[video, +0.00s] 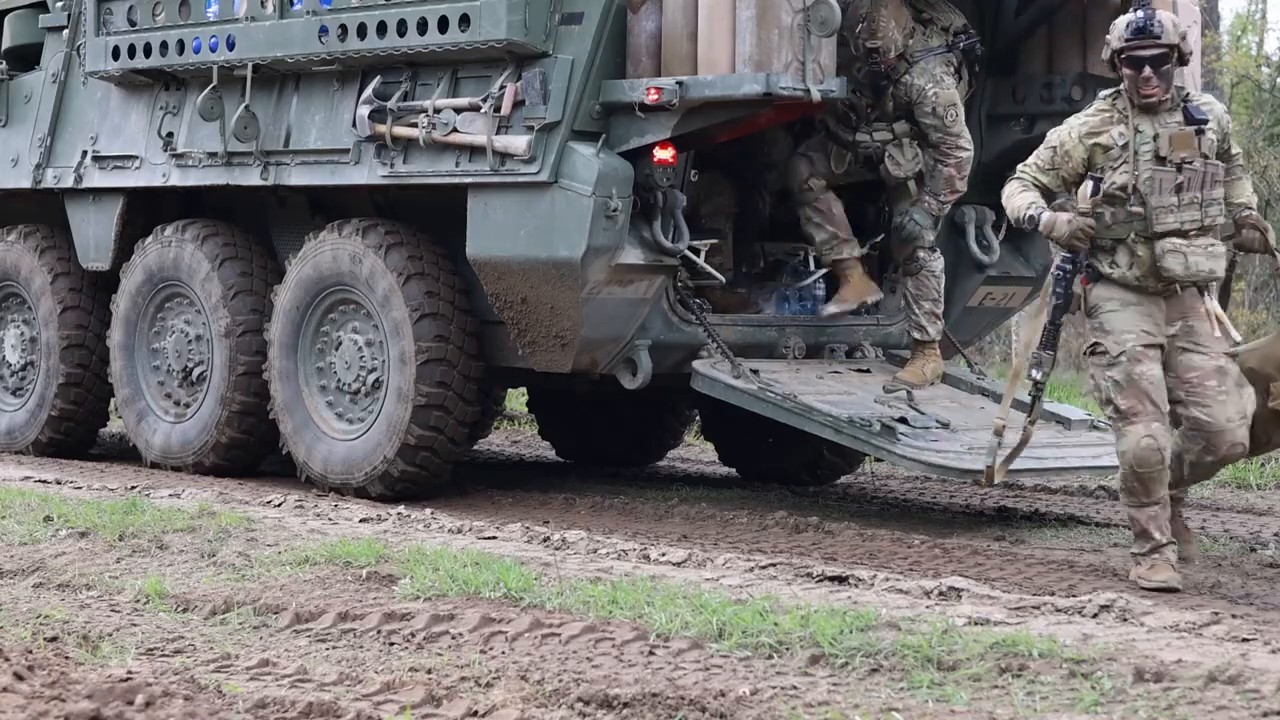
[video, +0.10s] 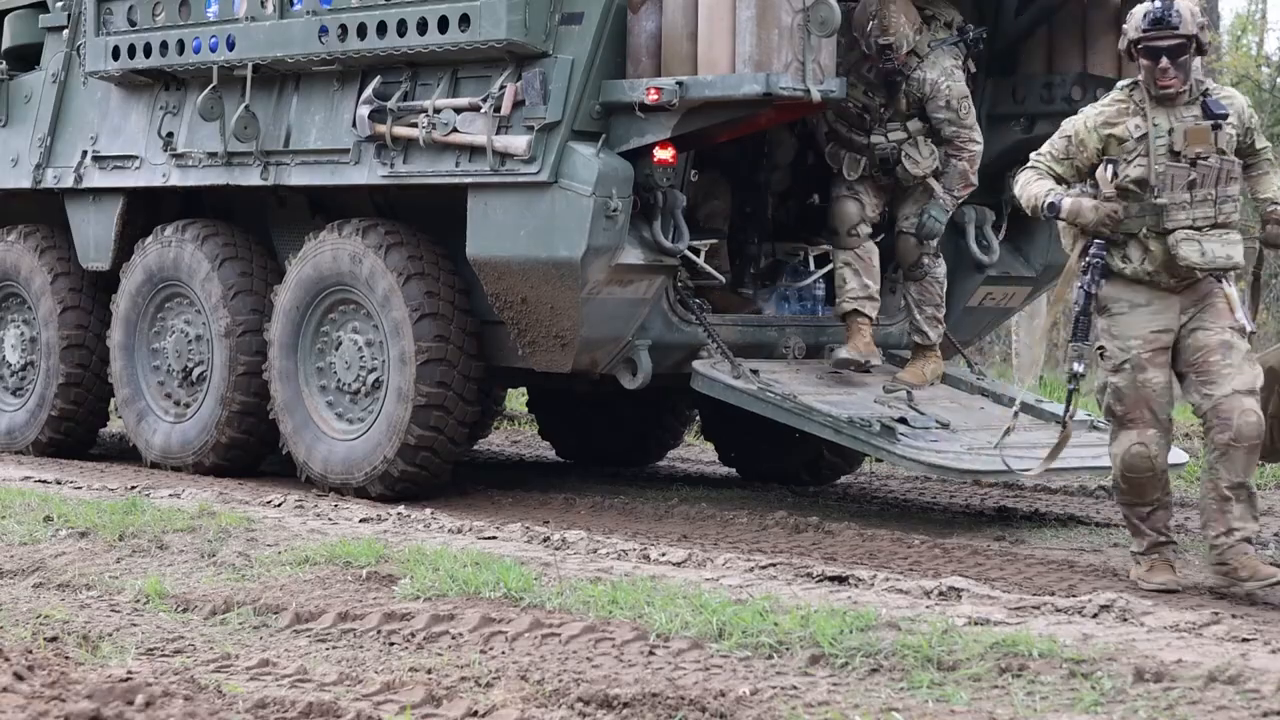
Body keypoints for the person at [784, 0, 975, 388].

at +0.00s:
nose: (878, 60)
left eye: (885, 52)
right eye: (869, 52)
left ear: (903, 42)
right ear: (855, 41)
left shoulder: (928, 79)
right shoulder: (845, 49)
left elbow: (956, 151)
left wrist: (929, 211)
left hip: (913, 148)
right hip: (860, 141)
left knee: (913, 235)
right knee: (804, 171)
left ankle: (926, 353)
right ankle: (854, 278)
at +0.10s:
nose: (891, 57)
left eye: (898, 48)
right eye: (881, 49)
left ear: (912, 40)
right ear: (863, 41)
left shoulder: (937, 75)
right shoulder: (844, 52)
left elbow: (967, 144)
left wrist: (943, 204)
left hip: (921, 168)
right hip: (859, 165)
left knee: (914, 244)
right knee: (847, 220)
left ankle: (926, 355)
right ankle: (859, 336)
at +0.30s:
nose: (906, 56)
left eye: (915, 47)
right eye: (897, 48)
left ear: (929, 35)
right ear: (878, 36)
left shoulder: (955, 61)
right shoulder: (854, 51)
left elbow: (998, 122)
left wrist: (981, 181)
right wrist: (853, 155)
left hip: (943, 176)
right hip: (881, 173)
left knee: (933, 256)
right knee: (889, 246)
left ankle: (923, 346)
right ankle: (883, 362)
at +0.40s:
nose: (927, 58)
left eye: (934, 49)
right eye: (917, 50)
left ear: (945, 36)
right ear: (895, 36)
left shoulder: (968, 62)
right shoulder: (864, 39)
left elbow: (1011, 121)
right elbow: (810, 49)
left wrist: (1003, 184)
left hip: (951, 170)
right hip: (884, 166)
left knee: (956, 242)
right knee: (896, 246)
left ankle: (933, 331)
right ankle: (886, 363)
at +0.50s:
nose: (953, 61)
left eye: (959, 50)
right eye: (942, 52)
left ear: (969, 37)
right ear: (917, 37)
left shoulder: (983, 65)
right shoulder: (874, 38)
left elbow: (1015, 131)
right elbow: (821, 69)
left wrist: (1015, 194)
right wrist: (843, 132)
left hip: (957, 169)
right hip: (887, 164)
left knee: (971, 247)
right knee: (897, 247)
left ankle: (969, 367)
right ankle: (885, 368)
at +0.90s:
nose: (1012, 33)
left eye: (1024, 22)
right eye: (1007, 18)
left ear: (1034, 22)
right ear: (984, 10)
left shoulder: (1041, 65)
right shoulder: (933, 34)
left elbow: (1071, 143)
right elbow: (874, 85)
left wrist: (1082, 208)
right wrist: (828, 134)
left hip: (1003, 179)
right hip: (931, 167)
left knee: (1009, 278)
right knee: (949, 251)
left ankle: (994, 392)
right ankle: (949, 376)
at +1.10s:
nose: (1020, 26)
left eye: (1028, 18)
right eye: (1012, 15)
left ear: (1037, 15)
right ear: (986, 6)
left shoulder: (1049, 49)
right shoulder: (937, 37)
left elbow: (1094, 113)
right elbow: (878, 93)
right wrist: (836, 147)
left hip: (1020, 184)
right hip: (953, 180)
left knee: (1030, 296)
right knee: (977, 285)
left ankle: (997, 391)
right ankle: (968, 408)